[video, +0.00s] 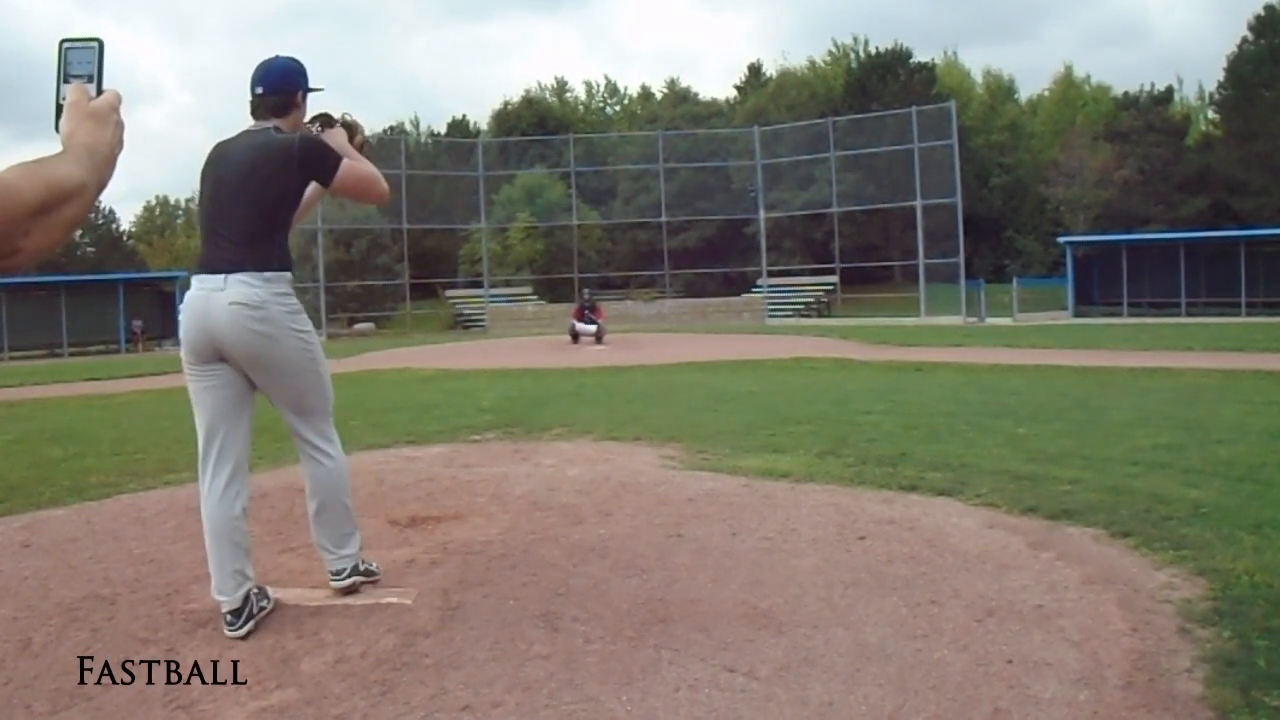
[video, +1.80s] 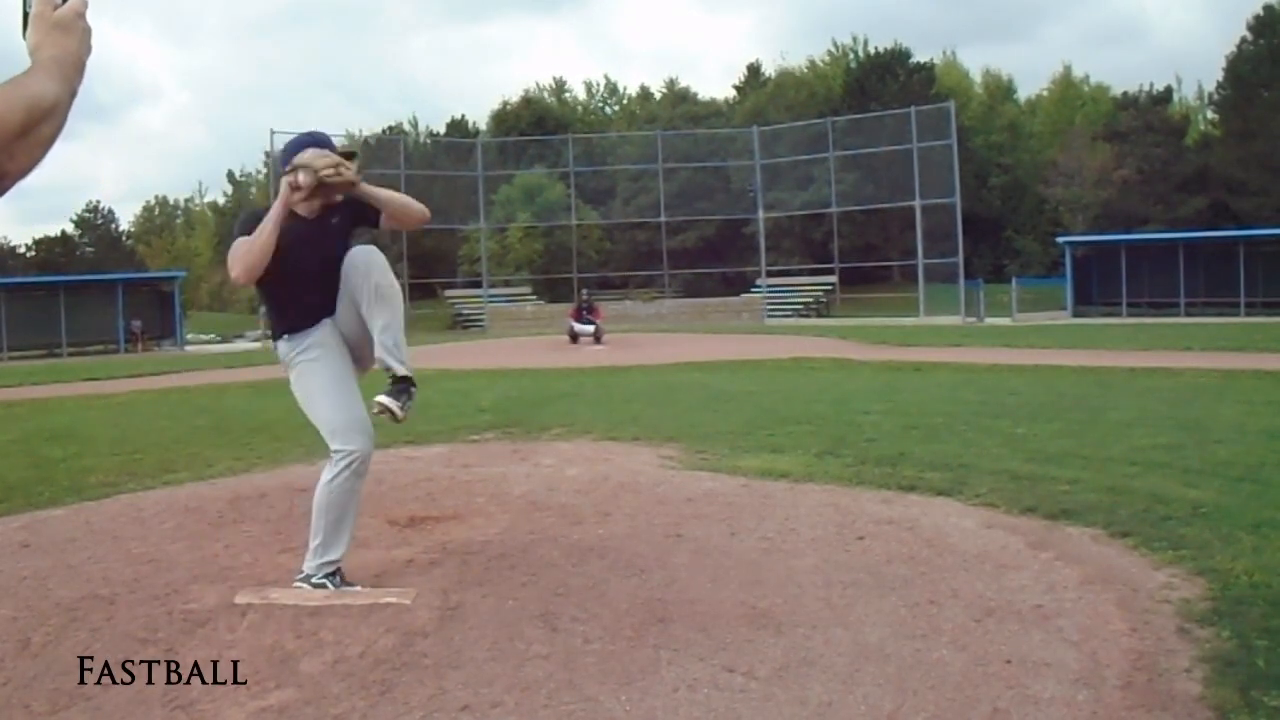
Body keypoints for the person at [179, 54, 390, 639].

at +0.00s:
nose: (306, 107)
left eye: (300, 98)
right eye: (306, 99)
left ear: (254, 102)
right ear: (300, 102)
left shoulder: (220, 153)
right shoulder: (300, 145)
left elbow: (274, 221)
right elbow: (377, 188)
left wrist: (320, 167)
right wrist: (344, 145)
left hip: (198, 302)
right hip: (261, 301)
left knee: (220, 462)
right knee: (317, 437)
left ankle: (236, 602)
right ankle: (344, 562)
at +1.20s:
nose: (317, 127)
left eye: (314, 118)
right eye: (314, 117)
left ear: (268, 122)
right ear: (301, 118)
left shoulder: (255, 176)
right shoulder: (277, 172)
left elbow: (335, 228)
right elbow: (362, 186)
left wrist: (376, 174)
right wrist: (368, 135)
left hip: (246, 331)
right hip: (282, 331)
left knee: (295, 434)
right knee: (341, 446)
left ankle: (243, 513)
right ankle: (314, 574)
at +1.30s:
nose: (318, 129)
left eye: (318, 120)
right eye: (316, 120)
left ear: (272, 121)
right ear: (303, 118)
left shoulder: (286, 176)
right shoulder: (265, 168)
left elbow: (353, 220)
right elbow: (339, 178)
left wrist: (385, 162)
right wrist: (366, 125)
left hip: (292, 324)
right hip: (277, 328)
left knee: (356, 399)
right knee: (340, 444)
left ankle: (282, 494)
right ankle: (313, 573)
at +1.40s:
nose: (322, 142)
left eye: (323, 133)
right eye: (319, 131)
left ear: (284, 125)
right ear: (301, 123)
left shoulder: (301, 179)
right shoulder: (246, 170)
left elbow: (366, 212)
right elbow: (312, 174)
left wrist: (380, 148)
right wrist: (349, 121)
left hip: (314, 320)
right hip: (277, 331)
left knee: (396, 371)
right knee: (341, 450)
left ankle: (349, 477)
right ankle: (312, 574)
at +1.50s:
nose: (319, 144)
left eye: (321, 137)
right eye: (314, 134)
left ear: (292, 138)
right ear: (294, 131)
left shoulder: (310, 182)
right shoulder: (236, 175)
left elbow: (377, 207)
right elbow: (281, 178)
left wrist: (367, 142)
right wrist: (326, 117)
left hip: (324, 316)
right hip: (277, 334)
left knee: (420, 329)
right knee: (344, 451)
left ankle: (420, 455)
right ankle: (312, 574)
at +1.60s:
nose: (331, 153)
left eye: (333, 142)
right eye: (322, 143)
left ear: (326, 148)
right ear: (292, 146)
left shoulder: (322, 189)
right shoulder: (240, 189)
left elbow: (385, 206)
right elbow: (263, 194)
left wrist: (357, 145)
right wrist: (302, 125)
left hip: (328, 313)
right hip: (285, 335)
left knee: (402, 284)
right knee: (348, 449)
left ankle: (445, 410)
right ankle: (314, 572)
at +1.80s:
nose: (310, 179)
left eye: (318, 170)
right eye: (303, 170)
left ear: (333, 175)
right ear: (289, 173)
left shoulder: (344, 209)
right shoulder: (259, 222)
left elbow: (419, 216)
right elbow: (241, 272)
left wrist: (357, 186)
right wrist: (281, 207)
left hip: (355, 330)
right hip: (308, 349)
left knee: (365, 257)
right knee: (353, 448)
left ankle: (399, 378)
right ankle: (320, 570)